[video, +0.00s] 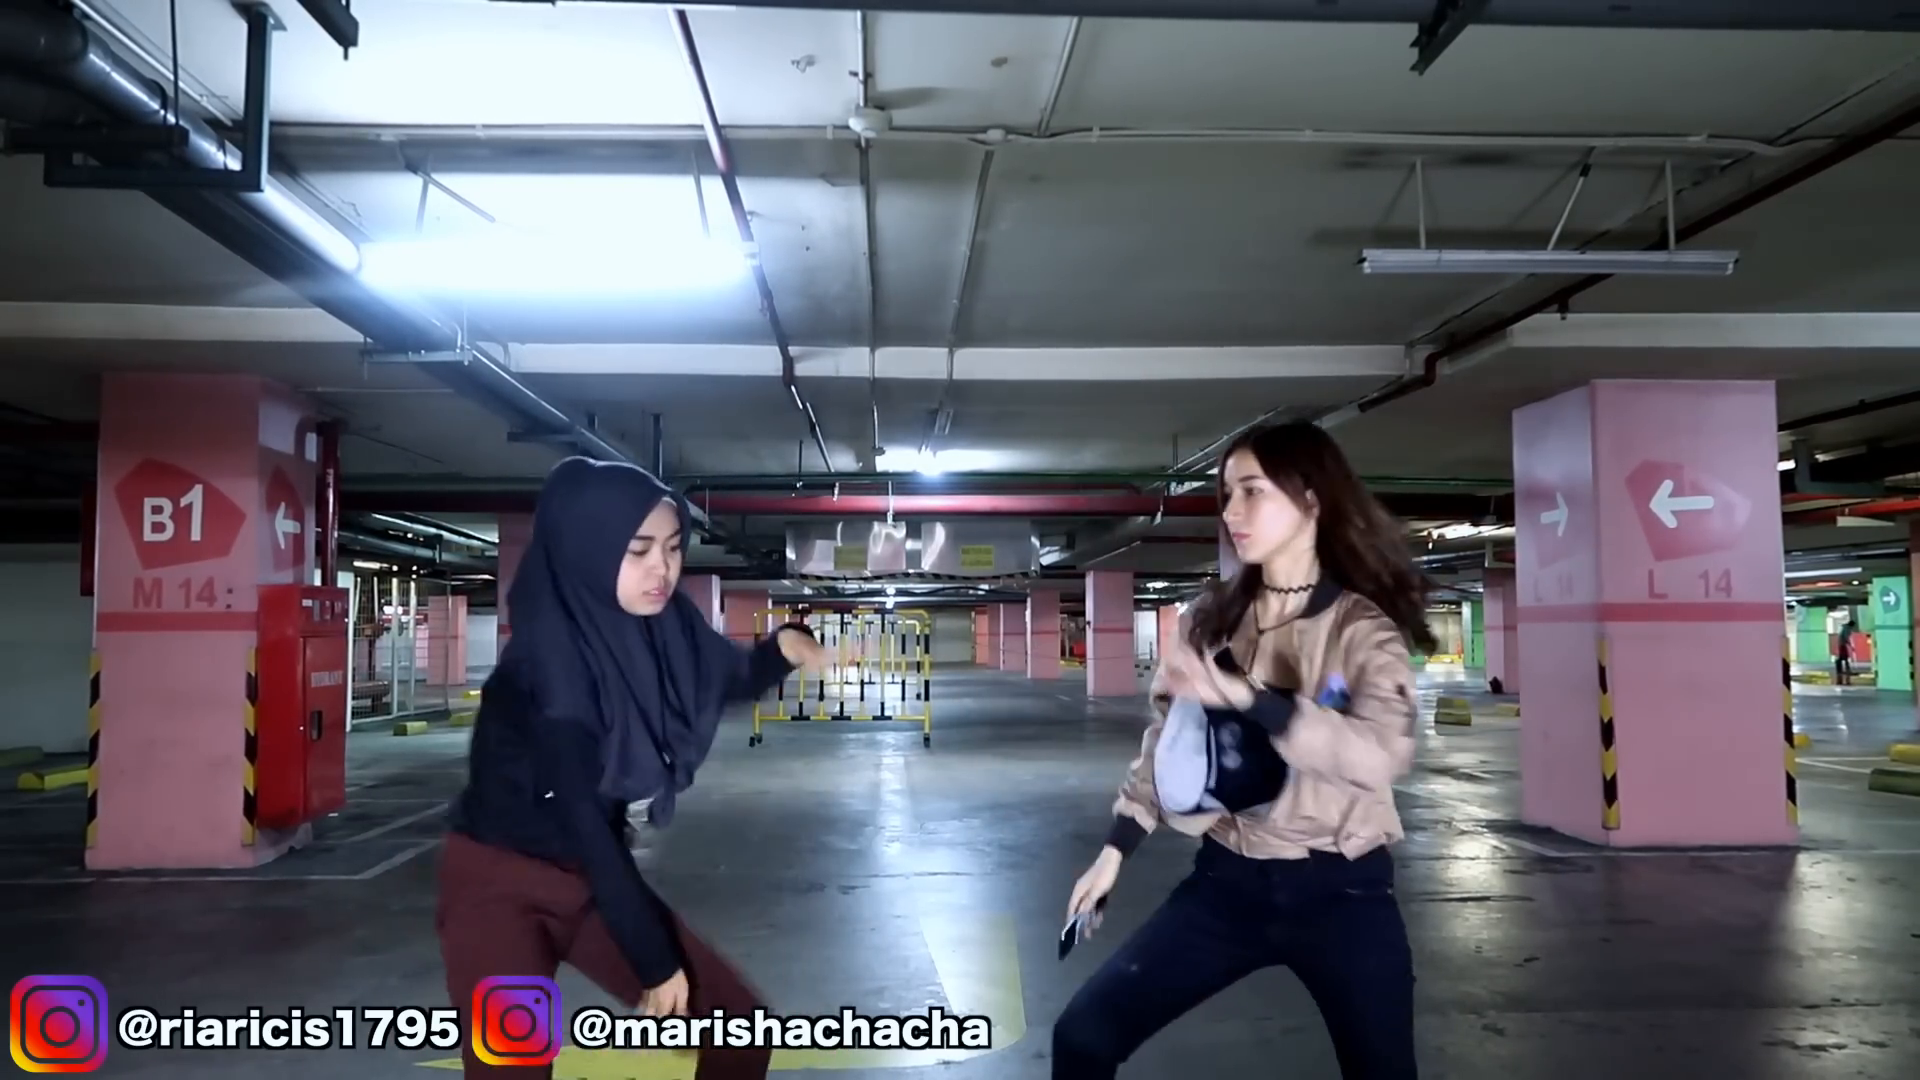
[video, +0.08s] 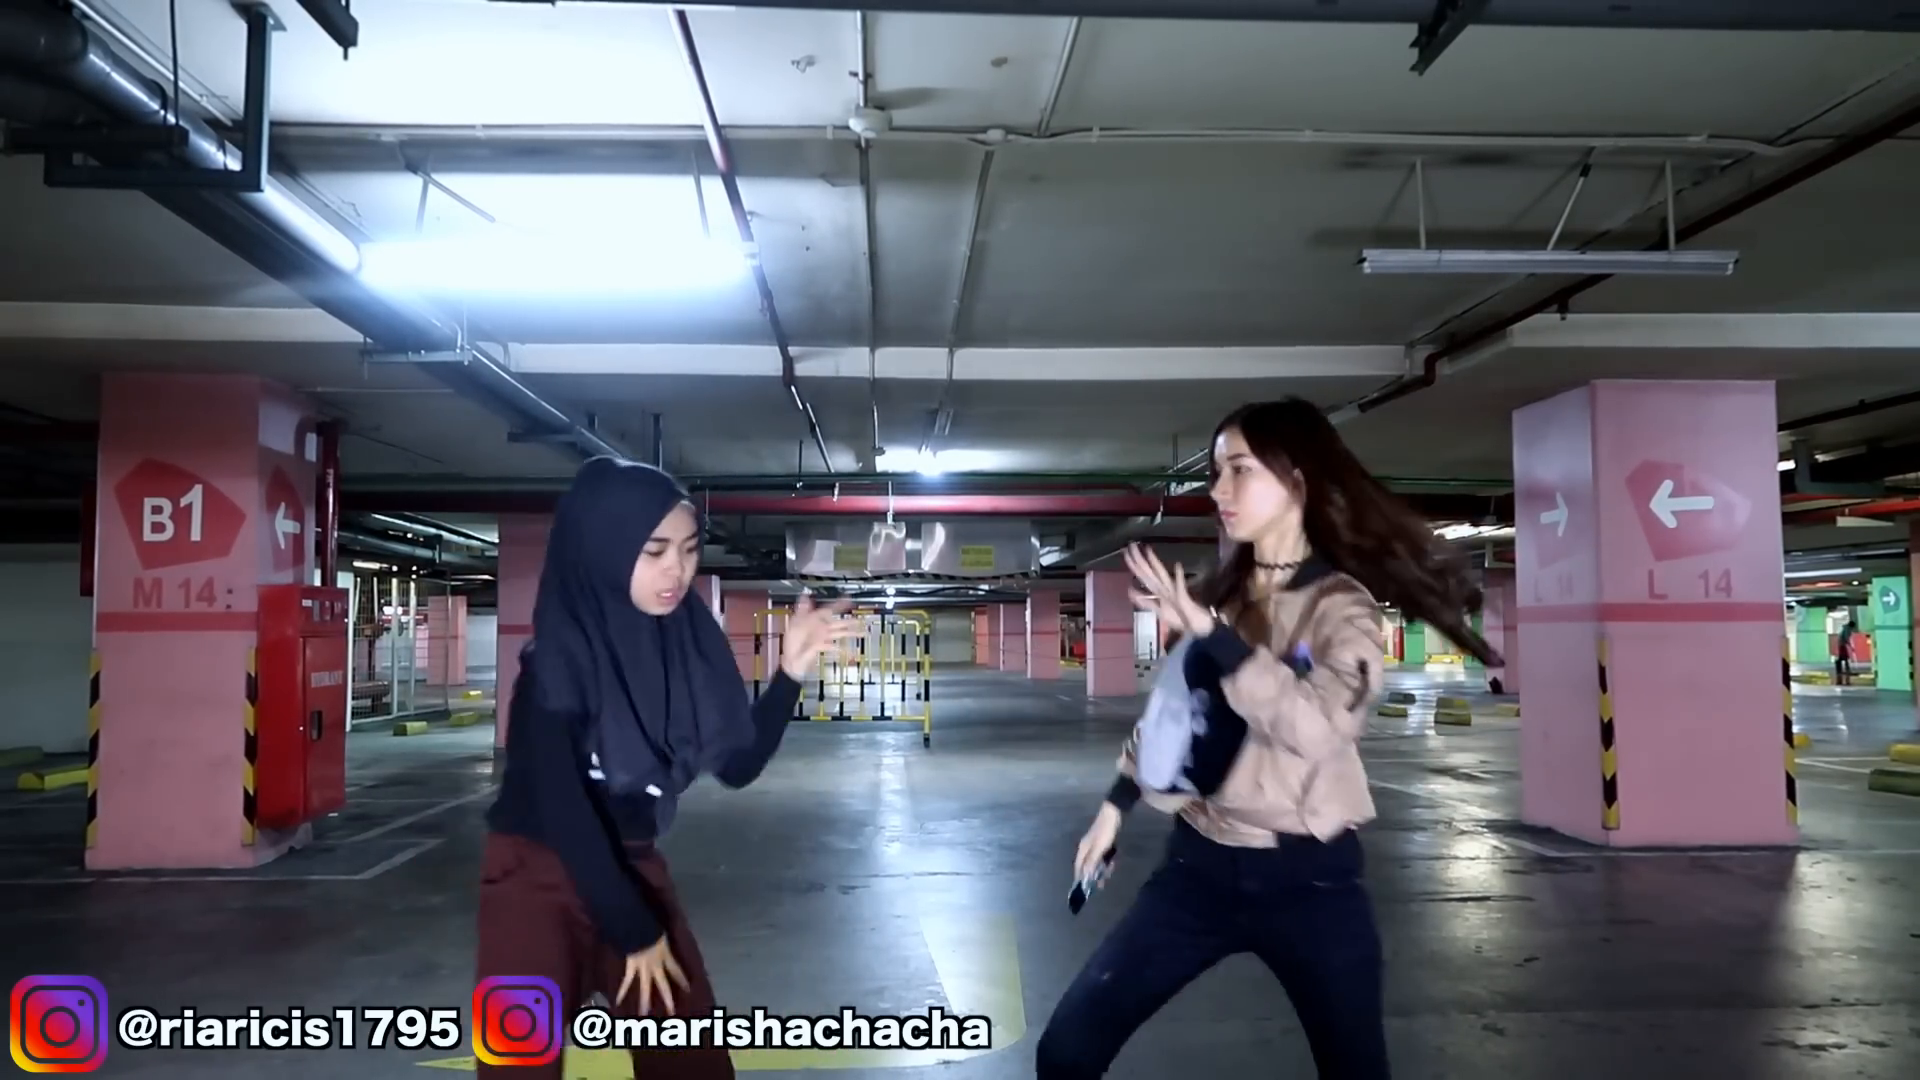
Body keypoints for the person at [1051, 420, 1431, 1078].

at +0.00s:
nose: (1229, 513)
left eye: (1250, 491)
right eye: (1228, 495)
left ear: (1310, 503)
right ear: (1227, 508)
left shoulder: (1363, 628)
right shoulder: (1210, 620)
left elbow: (1383, 756)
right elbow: (1165, 737)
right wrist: (1115, 848)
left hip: (1345, 891)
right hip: (1227, 884)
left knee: (1385, 1069)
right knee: (1083, 1036)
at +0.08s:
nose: (1218, 492)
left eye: (1240, 470)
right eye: (1217, 473)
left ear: (1299, 481)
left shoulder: (1345, 609)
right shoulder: (1218, 595)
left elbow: (1321, 728)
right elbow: (1172, 705)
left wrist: (1211, 637)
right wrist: (1115, 805)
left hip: (1312, 880)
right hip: (1199, 869)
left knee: (1358, 1070)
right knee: (1066, 1050)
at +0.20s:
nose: (1200, 482)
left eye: (1222, 461)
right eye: (1201, 462)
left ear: (1280, 473)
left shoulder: (1316, 600)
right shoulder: (1199, 578)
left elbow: (1262, 715)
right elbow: (1150, 692)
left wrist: (1181, 598)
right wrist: (1097, 783)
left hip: (1246, 863)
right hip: (1140, 848)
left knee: (1299, 1067)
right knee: (1073, 1051)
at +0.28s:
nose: (1194, 484)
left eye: (1213, 461)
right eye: (1194, 465)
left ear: (1270, 472)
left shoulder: (1304, 608)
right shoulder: (1192, 586)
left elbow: (1241, 733)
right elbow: (1150, 709)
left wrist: (1170, 619)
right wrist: (1087, 790)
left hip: (1241, 869)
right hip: (1138, 853)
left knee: (1259, 1070)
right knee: (1068, 1057)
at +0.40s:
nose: (1180, 494)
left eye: (1200, 473)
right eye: (1180, 475)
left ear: (1259, 484)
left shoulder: (1297, 613)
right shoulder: (1194, 593)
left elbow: (1231, 754)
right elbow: (1149, 702)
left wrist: (1173, 648)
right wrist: (1083, 761)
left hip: (1257, 880)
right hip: (1160, 868)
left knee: (1270, 1072)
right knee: (1025, 1051)